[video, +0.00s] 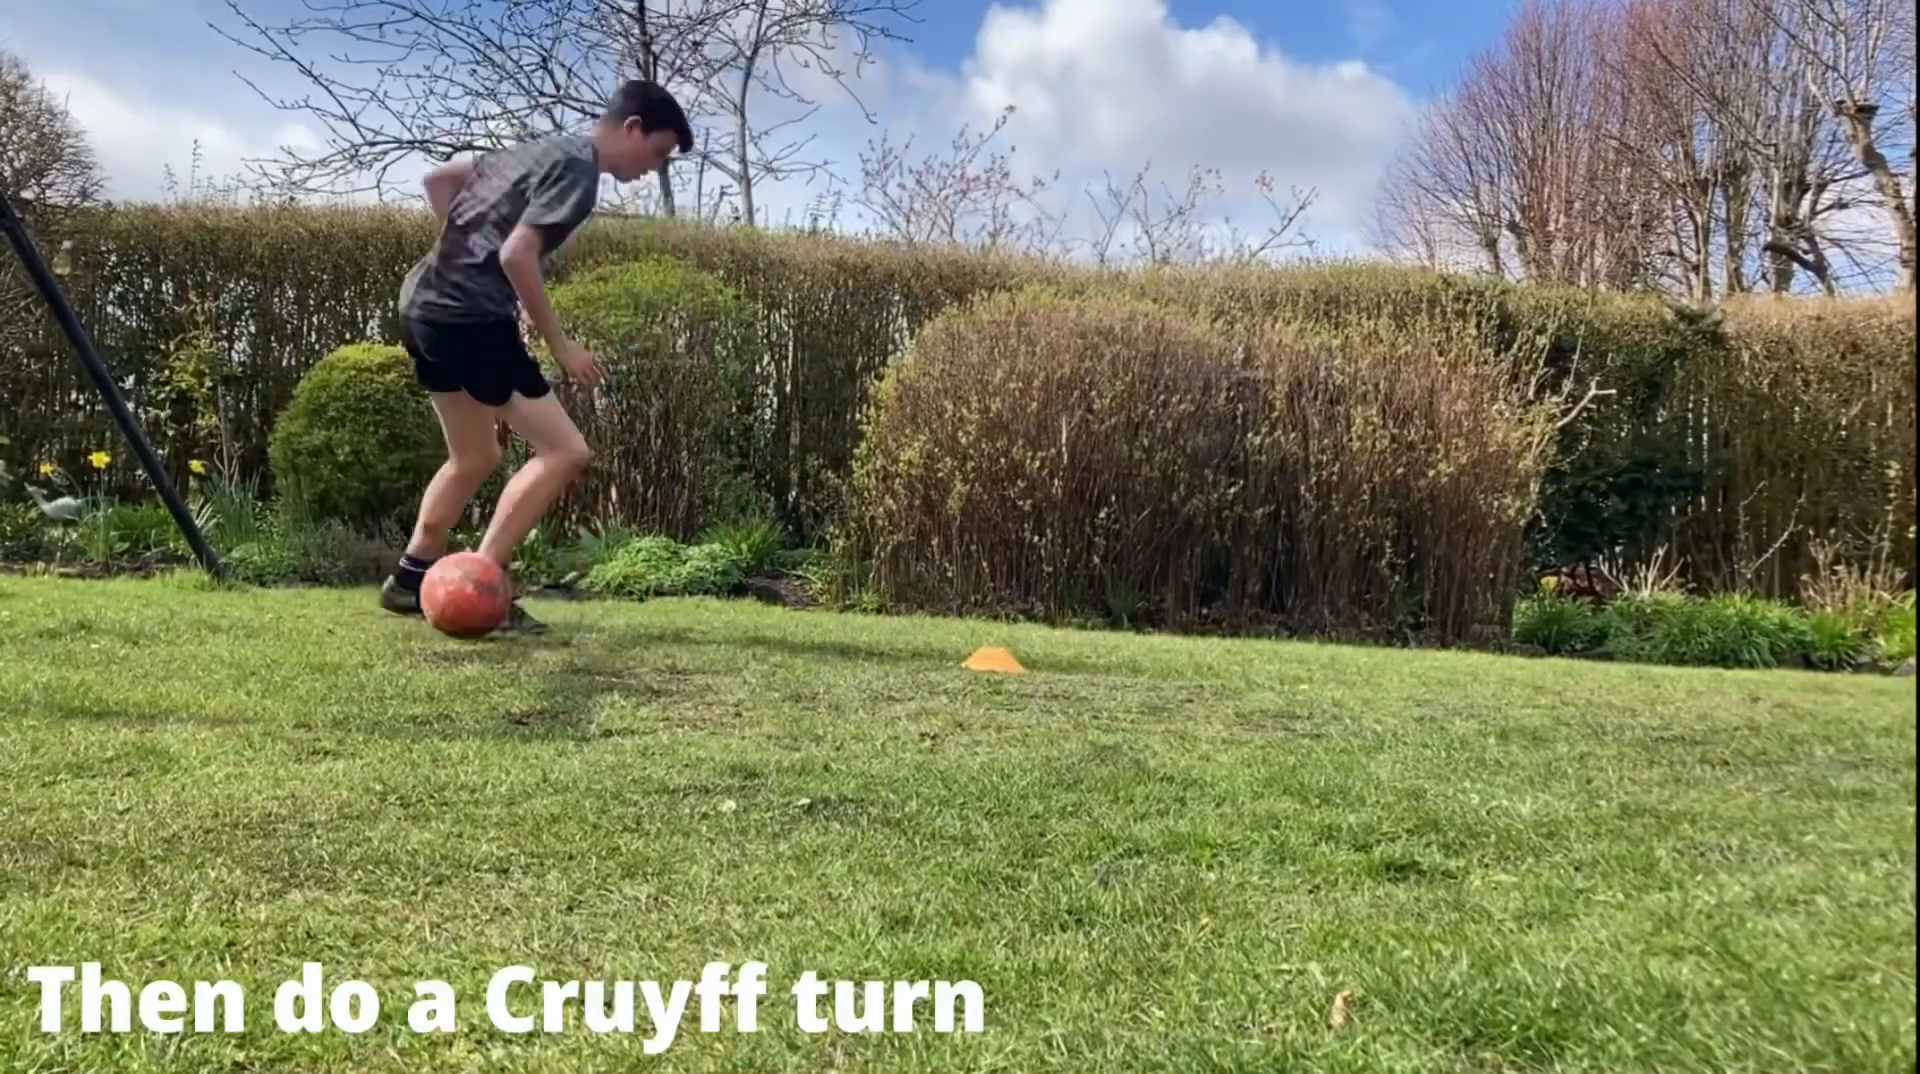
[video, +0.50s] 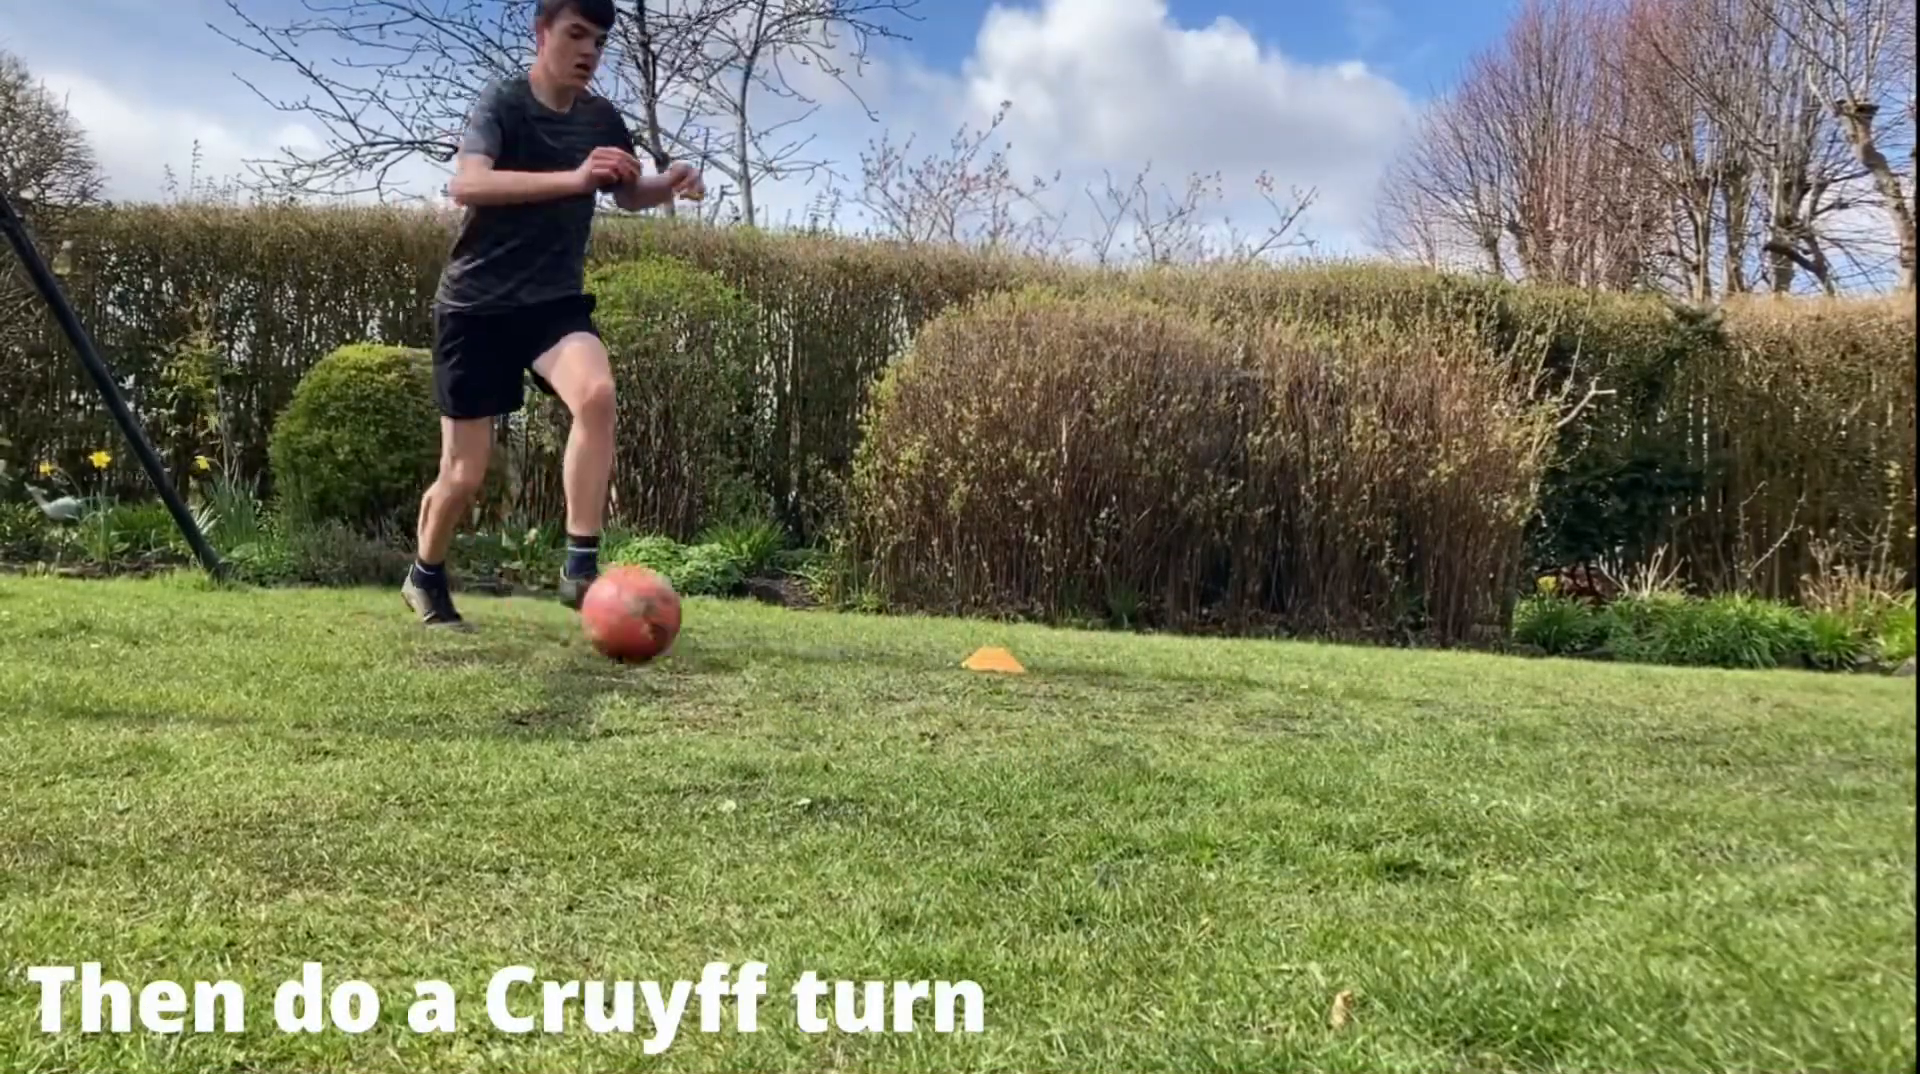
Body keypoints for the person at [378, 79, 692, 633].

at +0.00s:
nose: (653, 171)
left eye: (663, 162)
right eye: (659, 155)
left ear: (625, 127)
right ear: (632, 128)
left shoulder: (535, 150)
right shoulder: (576, 170)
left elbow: (439, 180)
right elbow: (516, 254)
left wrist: (472, 256)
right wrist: (561, 344)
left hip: (428, 310)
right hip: (471, 318)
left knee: (472, 457)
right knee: (564, 452)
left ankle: (411, 578)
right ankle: (480, 585)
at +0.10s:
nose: (628, 179)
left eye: (634, 169)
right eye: (624, 163)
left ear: (591, 151)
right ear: (588, 145)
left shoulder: (552, 211)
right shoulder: (525, 194)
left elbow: (500, 282)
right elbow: (430, 265)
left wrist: (536, 337)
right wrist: (472, 363)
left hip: (467, 346)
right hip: (437, 349)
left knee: (488, 483)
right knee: (555, 454)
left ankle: (404, 582)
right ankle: (478, 580)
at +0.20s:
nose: (613, 138)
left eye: (622, 129)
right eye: (607, 121)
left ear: (624, 131)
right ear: (569, 106)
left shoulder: (573, 189)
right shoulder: (503, 164)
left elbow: (544, 274)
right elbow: (404, 224)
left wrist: (596, 319)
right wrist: (416, 323)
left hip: (491, 342)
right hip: (455, 337)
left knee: (473, 481)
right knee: (534, 445)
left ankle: (405, 581)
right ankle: (470, 560)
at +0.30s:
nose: (600, 88)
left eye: (609, 78)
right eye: (590, 70)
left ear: (611, 83)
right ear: (553, 63)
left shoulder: (581, 151)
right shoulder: (490, 129)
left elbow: (550, 244)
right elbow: (405, 206)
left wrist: (612, 263)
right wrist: (430, 301)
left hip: (517, 326)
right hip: (457, 318)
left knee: (516, 481)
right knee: (494, 472)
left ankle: (437, 548)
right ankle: (433, 568)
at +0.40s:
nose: (582, 75)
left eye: (591, 65)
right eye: (571, 59)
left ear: (594, 70)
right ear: (534, 55)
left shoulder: (585, 144)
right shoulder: (484, 130)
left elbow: (579, 225)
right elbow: (426, 234)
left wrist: (635, 232)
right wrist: (500, 280)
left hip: (535, 325)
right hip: (458, 321)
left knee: (564, 464)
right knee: (471, 482)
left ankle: (499, 535)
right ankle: (427, 577)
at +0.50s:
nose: (589, 53)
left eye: (599, 43)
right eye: (577, 37)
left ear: (604, 50)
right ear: (541, 34)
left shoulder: (603, 119)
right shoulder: (500, 105)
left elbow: (626, 195)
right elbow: (467, 183)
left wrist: (665, 184)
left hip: (555, 306)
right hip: (475, 308)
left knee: (597, 393)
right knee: (463, 479)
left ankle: (581, 568)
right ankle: (425, 575)